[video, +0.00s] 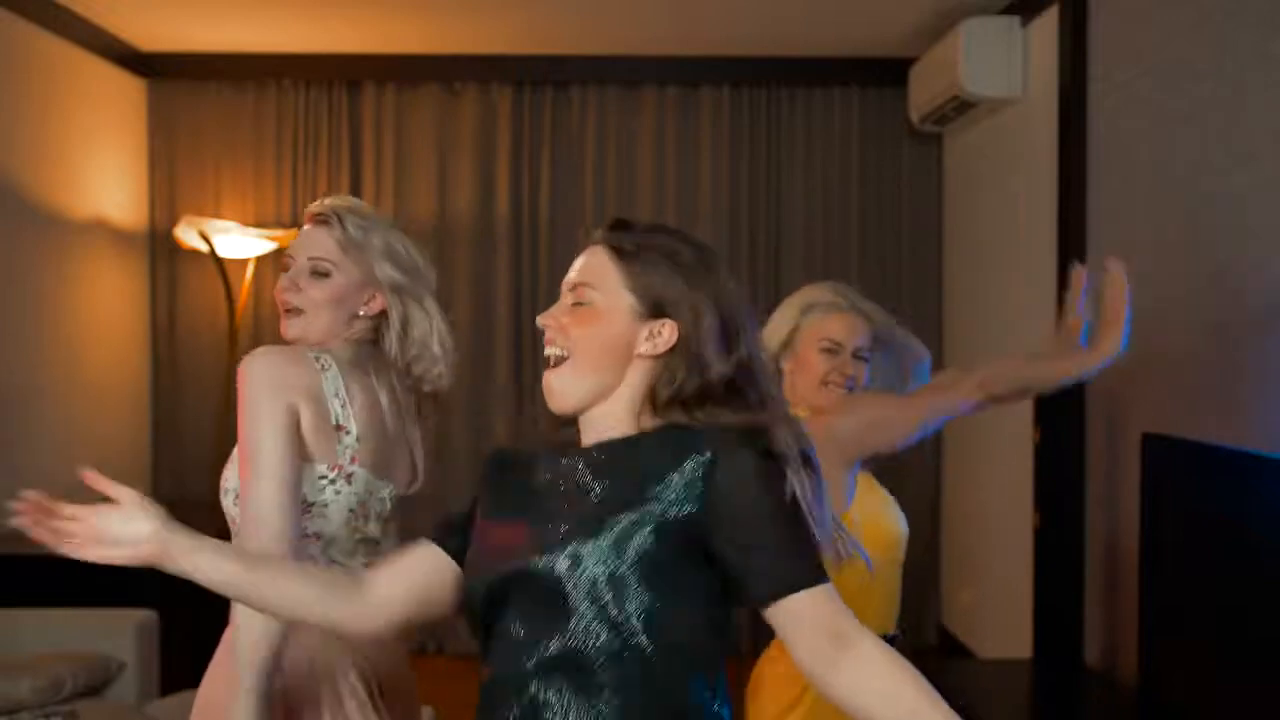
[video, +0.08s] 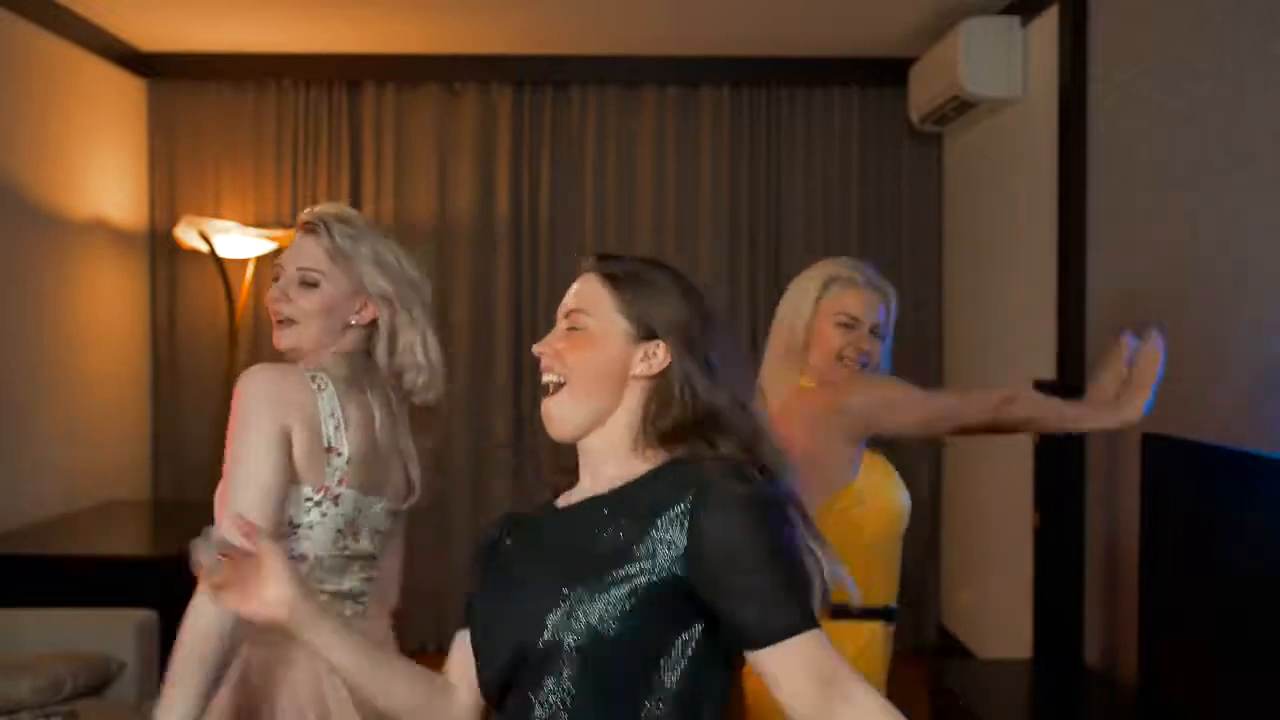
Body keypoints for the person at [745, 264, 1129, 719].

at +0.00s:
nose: (847, 369)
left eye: (860, 358)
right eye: (829, 350)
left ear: (870, 370)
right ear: (783, 357)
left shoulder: (826, 439)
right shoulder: (817, 437)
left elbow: (956, 394)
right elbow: (970, 389)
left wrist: (1060, 355)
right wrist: (1094, 358)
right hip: (810, 684)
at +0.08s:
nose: (864, 345)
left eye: (875, 333)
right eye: (845, 325)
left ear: (883, 345)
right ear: (802, 327)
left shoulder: (799, 407)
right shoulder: (825, 409)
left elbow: (957, 414)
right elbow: (980, 412)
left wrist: (1080, 405)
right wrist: (1111, 414)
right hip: (823, 675)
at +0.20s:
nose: (899, 279)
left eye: (913, 267)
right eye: (881, 259)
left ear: (922, 277)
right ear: (833, 258)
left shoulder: (807, 332)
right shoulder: (885, 335)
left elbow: (978, 400)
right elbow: (1001, 411)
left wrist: (1091, 454)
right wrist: (1106, 470)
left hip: (797, 598)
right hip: (836, 617)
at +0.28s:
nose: (917, 279)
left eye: (927, 264)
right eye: (899, 256)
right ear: (848, 256)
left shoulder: (821, 326)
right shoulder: (893, 332)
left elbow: (985, 427)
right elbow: (997, 436)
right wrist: (1088, 509)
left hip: (812, 575)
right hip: (850, 589)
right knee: (860, 709)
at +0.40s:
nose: (925, 322)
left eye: (938, 306)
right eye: (909, 299)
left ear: (948, 313)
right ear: (861, 301)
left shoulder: (823, 377)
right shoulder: (906, 387)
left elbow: (816, 285)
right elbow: (994, 507)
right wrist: (1072, 598)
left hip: (813, 627)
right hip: (882, 640)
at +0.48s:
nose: (943, 330)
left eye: (953, 314)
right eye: (924, 308)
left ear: (963, 320)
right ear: (878, 303)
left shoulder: (816, 387)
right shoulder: (920, 401)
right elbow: (992, 528)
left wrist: (1051, 613)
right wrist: (1060, 628)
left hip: (813, 636)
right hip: (889, 650)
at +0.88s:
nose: (962, 310)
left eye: (976, 297)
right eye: (946, 286)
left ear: (985, 307)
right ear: (904, 279)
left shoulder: (853, 370)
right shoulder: (924, 378)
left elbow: (977, 507)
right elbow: (1011, 497)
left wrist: (1066, 572)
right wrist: (1095, 578)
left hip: (816, 633)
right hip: (855, 651)